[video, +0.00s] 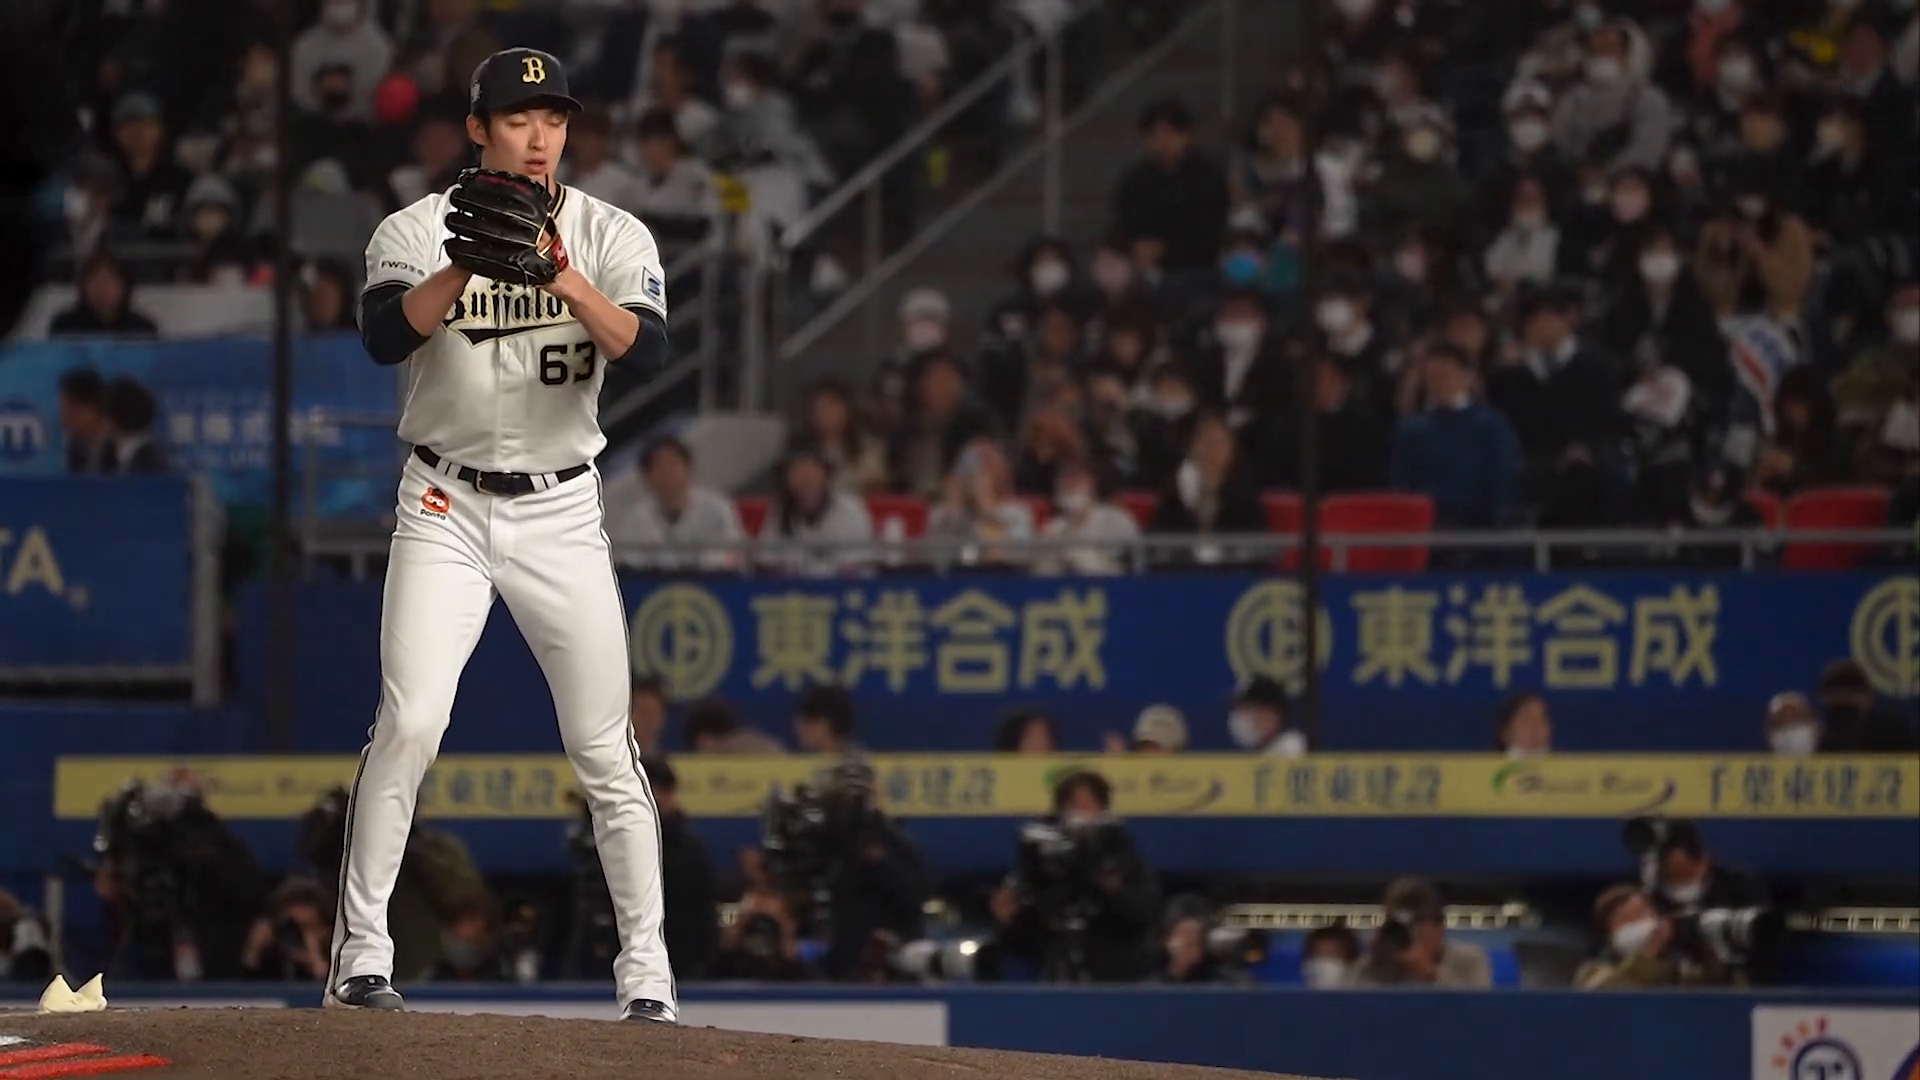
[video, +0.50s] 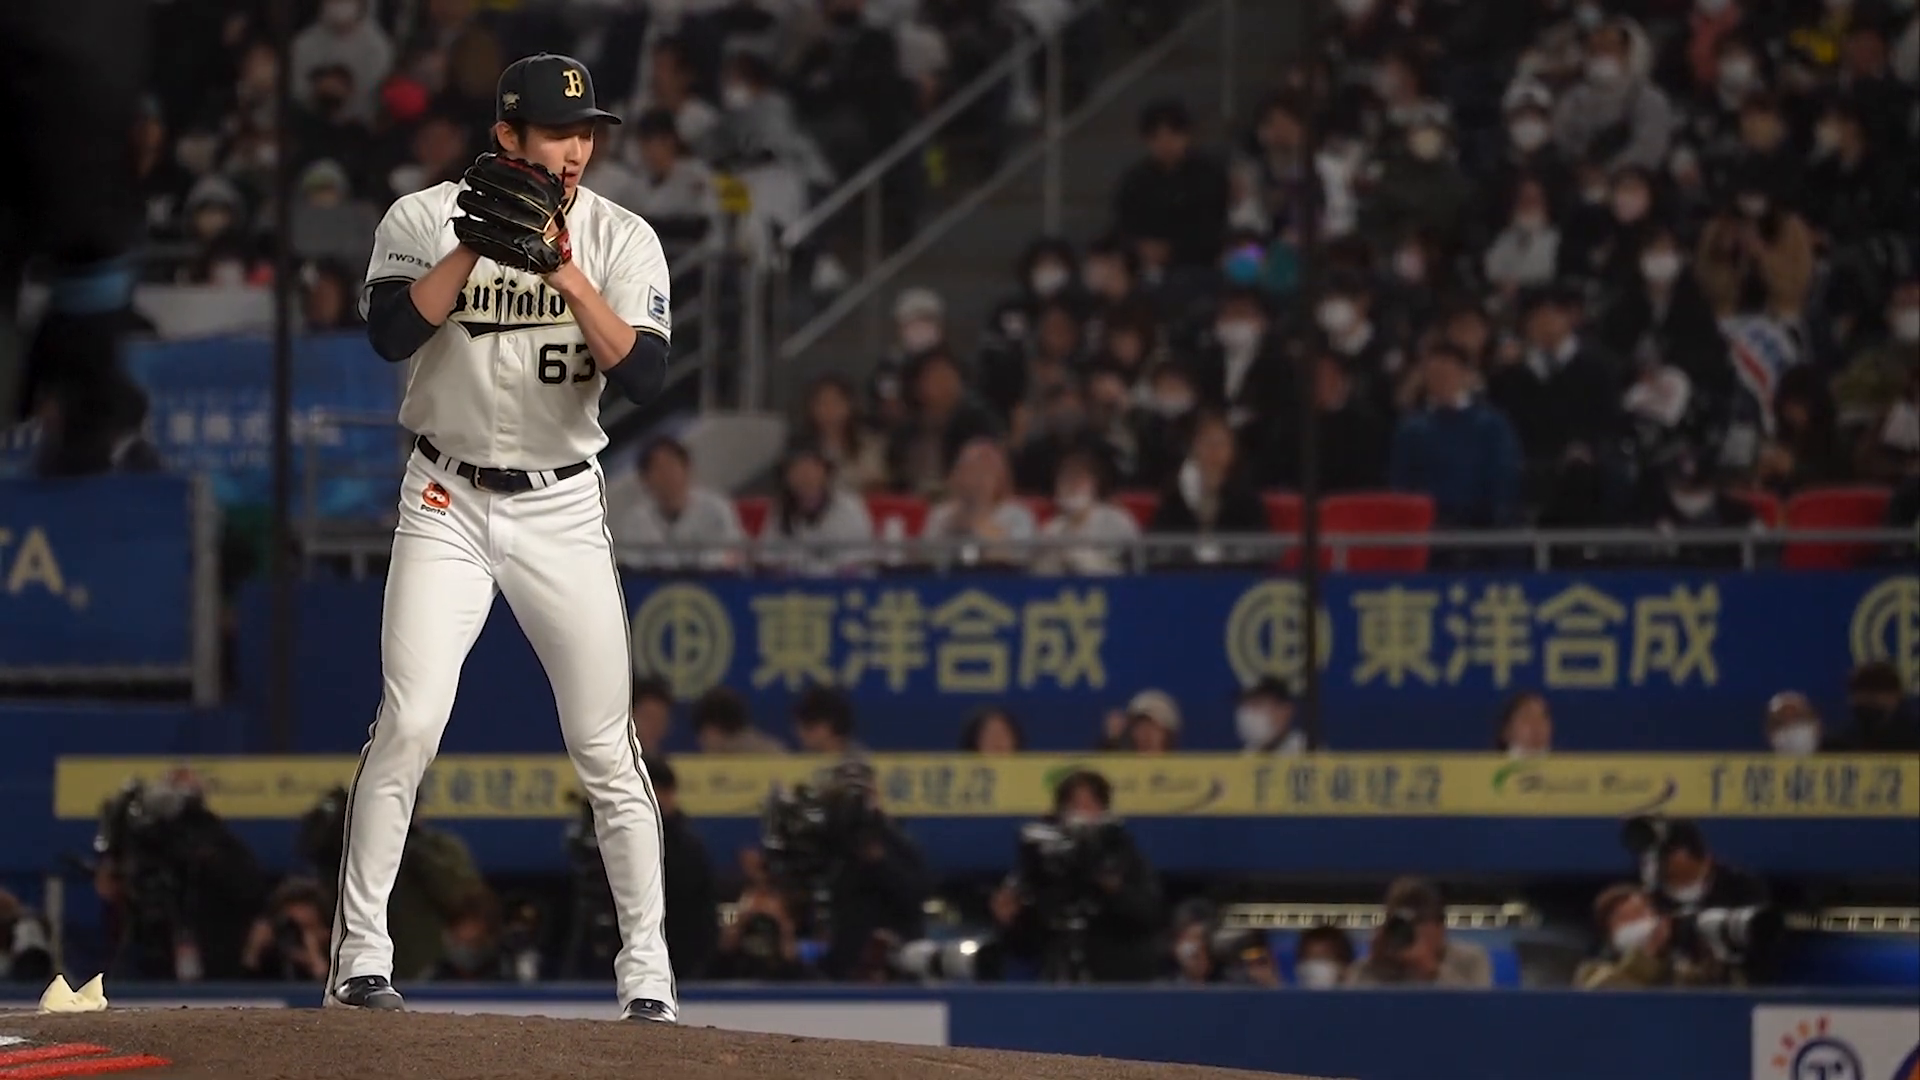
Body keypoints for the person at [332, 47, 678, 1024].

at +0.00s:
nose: (536, 137)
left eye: (549, 119)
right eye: (517, 119)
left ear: (569, 131)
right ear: (477, 129)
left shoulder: (613, 235)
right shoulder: (418, 228)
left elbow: (645, 351)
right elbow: (379, 340)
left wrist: (559, 271)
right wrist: (469, 261)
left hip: (561, 515)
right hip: (442, 507)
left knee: (603, 750)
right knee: (410, 724)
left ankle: (647, 977)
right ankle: (360, 959)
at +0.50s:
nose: (569, 153)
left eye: (583, 137)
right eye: (552, 134)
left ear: (597, 141)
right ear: (506, 132)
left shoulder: (623, 239)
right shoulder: (427, 217)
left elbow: (646, 384)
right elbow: (388, 337)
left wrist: (566, 273)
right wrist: (478, 243)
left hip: (563, 513)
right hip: (443, 503)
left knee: (603, 749)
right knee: (408, 724)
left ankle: (647, 975)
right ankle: (359, 960)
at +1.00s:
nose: (580, 154)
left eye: (591, 137)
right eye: (563, 136)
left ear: (602, 139)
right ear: (514, 131)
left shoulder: (628, 239)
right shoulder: (434, 207)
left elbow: (652, 379)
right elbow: (394, 315)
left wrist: (581, 277)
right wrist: (492, 236)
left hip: (566, 511)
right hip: (448, 500)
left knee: (606, 748)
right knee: (411, 723)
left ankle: (648, 979)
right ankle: (360, 959)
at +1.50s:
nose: (590, 131)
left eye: (593, 115)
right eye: (571, 115)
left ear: (589, 130)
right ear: (518, 127)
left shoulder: (626, 235)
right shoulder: (429, 221)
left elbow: (660, 372)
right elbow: (409, 345)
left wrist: (590, 277)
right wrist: (493, 248)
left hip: (567, 512)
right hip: (448, 503)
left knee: (605, 749)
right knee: (412, 722)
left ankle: (647, 978)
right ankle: (360, 959)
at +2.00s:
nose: (592, 133)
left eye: (593, 118)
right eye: (574, 117)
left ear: (585, 133)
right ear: (517, 128)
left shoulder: (624, 238)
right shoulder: (429, 220)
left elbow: (659, 380)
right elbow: (403, 343)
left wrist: (589, 281)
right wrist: (491, 250)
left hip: (566, 511)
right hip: (447, 501)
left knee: (603, 748)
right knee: (413, 724)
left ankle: (645, 970)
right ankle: (361, 957)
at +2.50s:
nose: (673, 369)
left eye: (673, 353)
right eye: (654, 354)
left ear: (660, 366)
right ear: (594, 367)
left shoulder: (709, 449)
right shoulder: (505, 466)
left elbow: (858, 511)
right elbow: (392, 569)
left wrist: (1006, 548)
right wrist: (275, 662)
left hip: (692, 673)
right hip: (569, 687)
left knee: (815, 789)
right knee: (500, 792)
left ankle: (973, 962)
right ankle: (382, 947)